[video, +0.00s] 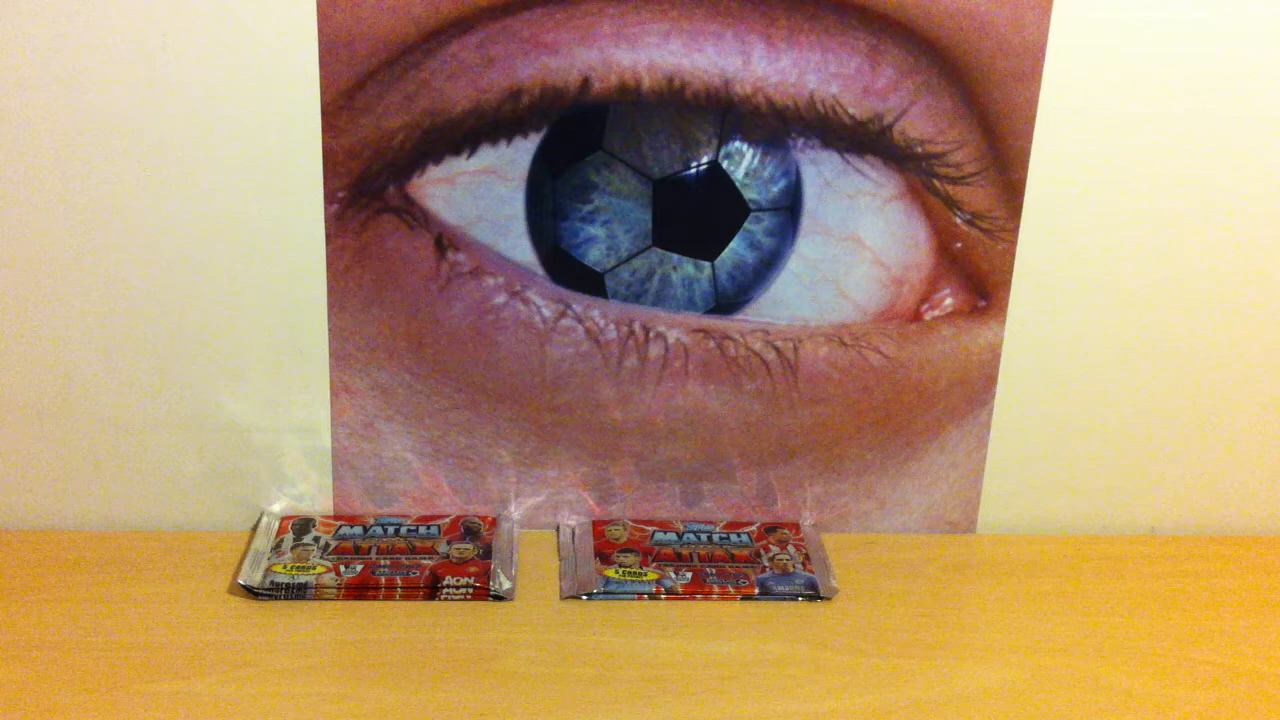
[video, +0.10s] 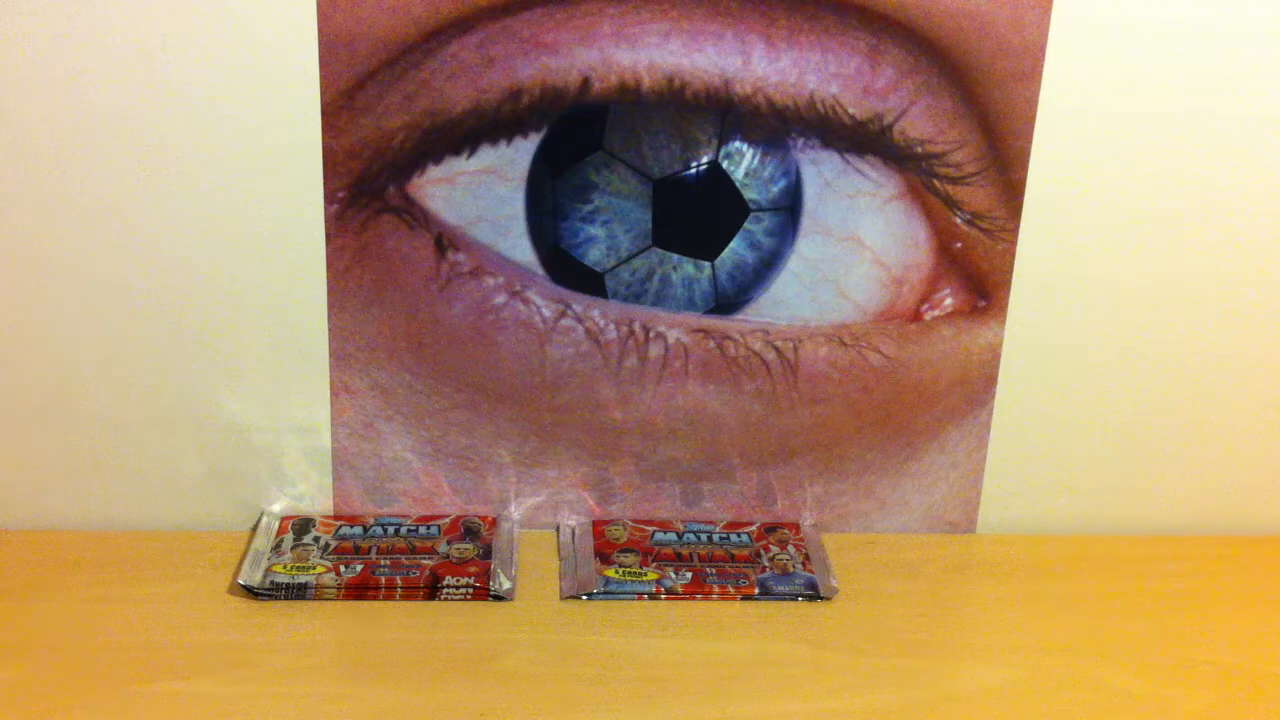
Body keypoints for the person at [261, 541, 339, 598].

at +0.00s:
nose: (309, 555)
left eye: (312, 551)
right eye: (305, 550)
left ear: (316, 551)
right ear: (293, 551)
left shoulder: (324, 568)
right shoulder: (275, 568)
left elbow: (328, 596)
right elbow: (264, 595)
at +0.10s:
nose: (309, 555)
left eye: (312, 551)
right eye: (305, 550)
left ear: (316, 551)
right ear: (293, 551)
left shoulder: (324, 568)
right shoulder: (275, 568)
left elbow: (328, 596)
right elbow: (264, 595)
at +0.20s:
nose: (309, 555)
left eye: (312, 551)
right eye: (305, 550)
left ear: (316, 551)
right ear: (293, 551)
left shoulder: (324, 568)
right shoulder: (275, 568)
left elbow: (328, 597)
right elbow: (264, 595)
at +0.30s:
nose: (309, 555)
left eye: (312, 551)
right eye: (305, 550)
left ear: (316, 551)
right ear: (293, 550)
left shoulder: (324, 568)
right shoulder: (275, 568)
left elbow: (328, 596)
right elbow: (264, 595)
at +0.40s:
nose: (309, 555)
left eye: (312, 551)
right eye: (305, 550)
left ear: (316, 551)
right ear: (293, 550)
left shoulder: (324, 567)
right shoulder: (275, 567)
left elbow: (328, 597)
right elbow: (264, 594)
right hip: (278, 611)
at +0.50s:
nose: (309, 555)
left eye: (312, 551)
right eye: (305, 550)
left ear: (316, 551)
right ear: (293, 550)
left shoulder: (324, 567)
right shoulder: (275, 567)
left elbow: (328, 597)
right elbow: (264, 594)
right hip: (278, 611)